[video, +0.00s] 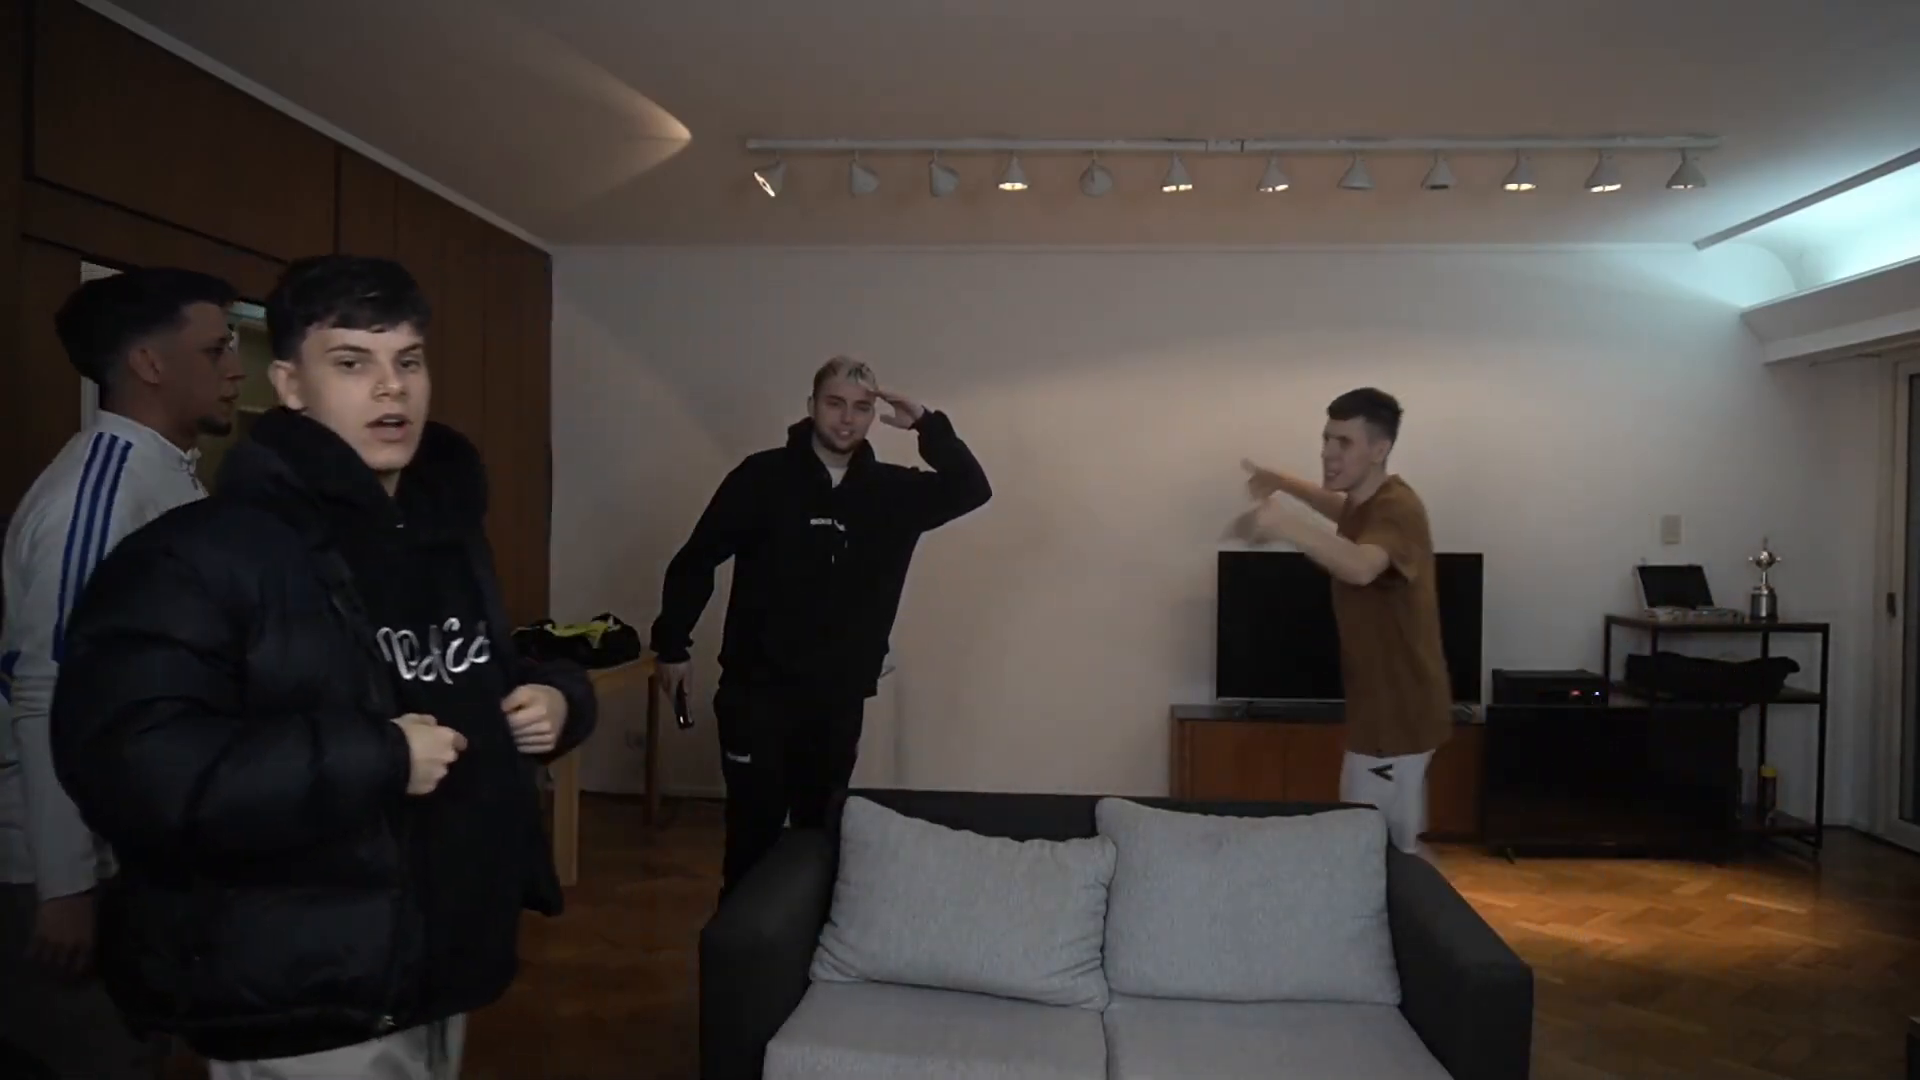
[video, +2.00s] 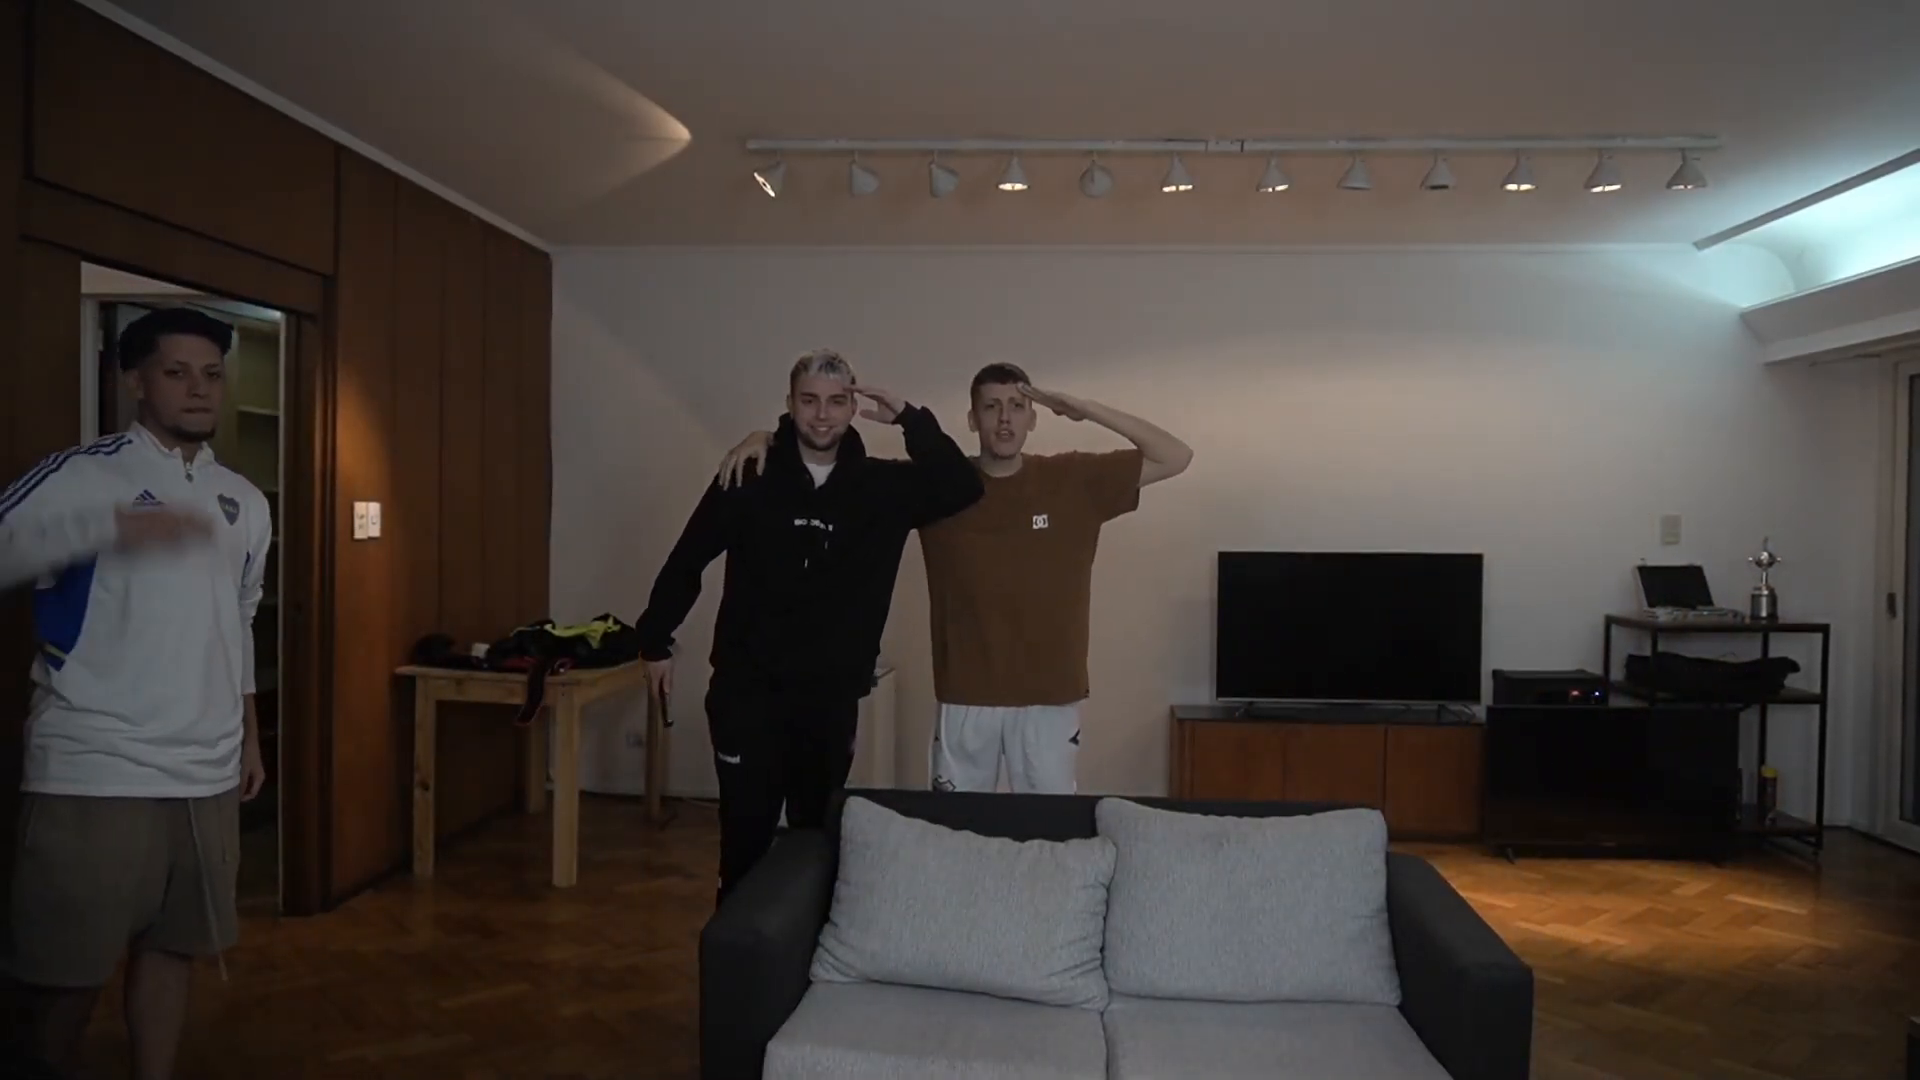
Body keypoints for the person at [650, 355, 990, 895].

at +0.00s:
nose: (847, 417)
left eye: (861, 407)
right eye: (836, 403)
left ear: (873, 417)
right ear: (812, 407)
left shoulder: (896, 494)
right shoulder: (762, 478)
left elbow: (971, 488)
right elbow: (694, 563)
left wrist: (928, 424)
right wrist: (672, 648)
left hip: (837, 696)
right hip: (757, 689)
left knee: (820, 836)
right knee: (754, 836)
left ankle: (812, 959)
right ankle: (740, 961)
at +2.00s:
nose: (822, 413)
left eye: (836, 401)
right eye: (810, 400)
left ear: (854, 409)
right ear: (790, 405)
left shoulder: (885, 485)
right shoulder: (750, 477)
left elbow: (962, 487)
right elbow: (688, 560)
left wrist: (911, 417)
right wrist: (655, 643)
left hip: (831, 691)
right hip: (748, 687)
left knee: (817, 834)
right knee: (746, 837)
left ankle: (812, 959)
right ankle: (738, 964)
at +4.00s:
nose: (823, 412)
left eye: (838, 400)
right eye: (811, 399)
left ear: (856, 409)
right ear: (793, 405)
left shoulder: (887, 486)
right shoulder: (753, 477)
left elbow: (965, 488)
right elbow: (694, 561)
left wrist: (913, 418)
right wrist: (661, 644)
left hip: (833, 693)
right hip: (748, 689)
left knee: (819, 836)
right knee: (747, 838)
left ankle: (815, 962)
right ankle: (738, 965)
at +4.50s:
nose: (824, 413)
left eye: (838, 400)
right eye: (811, 399)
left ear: (857, 409)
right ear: (794, 405)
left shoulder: (887, 487)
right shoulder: (754, 477)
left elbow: (965, 488)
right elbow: (696, 561)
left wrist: (913, 419)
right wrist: (663, 644)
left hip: (833, 692)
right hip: (749, 689)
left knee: (820, 837)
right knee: (746, 839)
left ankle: (816, 965)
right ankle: (738, 968)